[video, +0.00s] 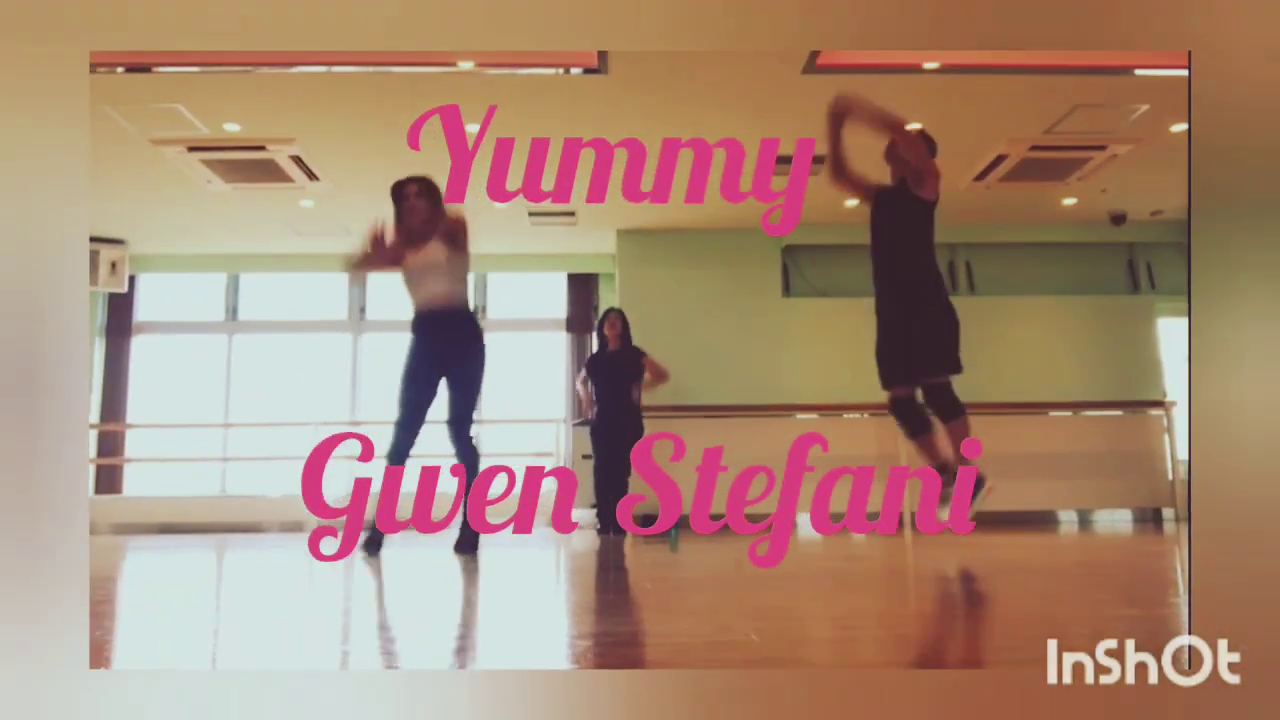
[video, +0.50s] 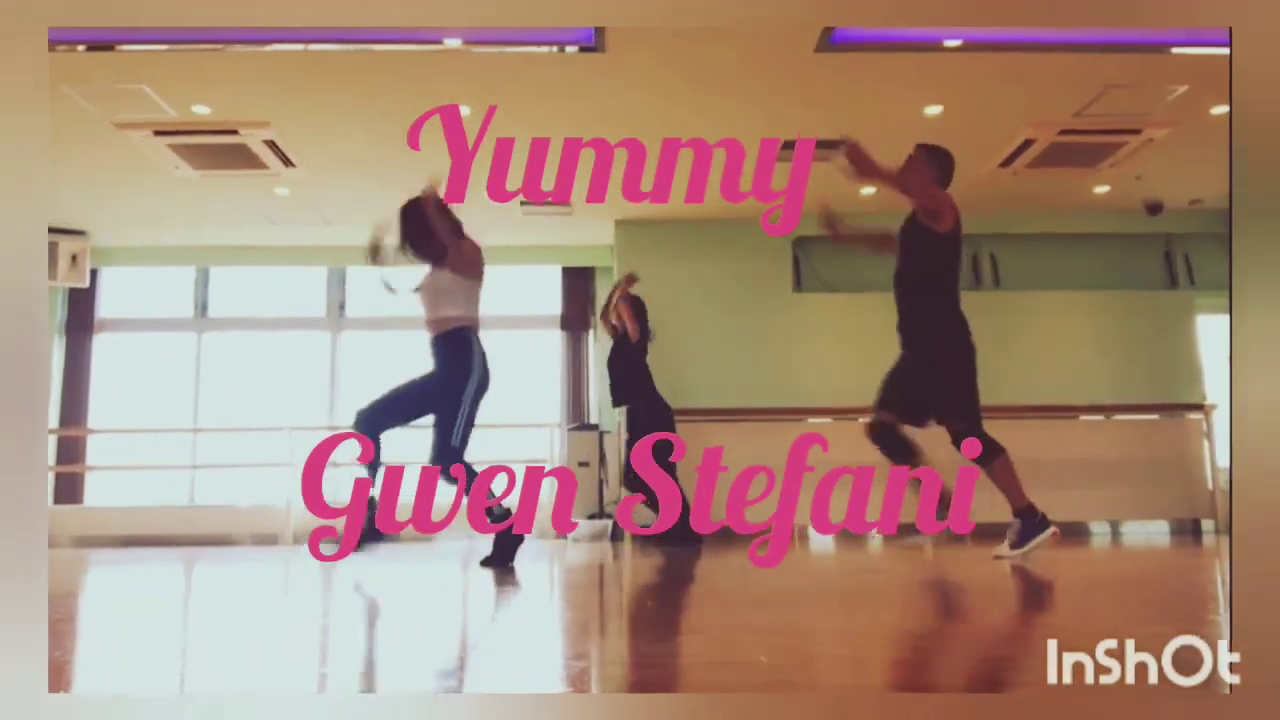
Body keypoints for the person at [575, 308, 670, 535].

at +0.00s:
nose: (614, 326)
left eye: (618, 323)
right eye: (610, 323)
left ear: (625, 327)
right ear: (602, 328)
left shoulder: (635, 354)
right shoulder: (595, 359)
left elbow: (661, 375)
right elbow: (580, 382)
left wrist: (642, 388)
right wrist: (588, 403)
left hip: (628, 418)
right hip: (603, 418)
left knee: (621, 472)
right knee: (603, 471)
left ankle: (619, 522)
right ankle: (604, 524)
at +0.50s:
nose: (617, 314)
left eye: (623, 309)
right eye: (616, 310)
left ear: (632, 314)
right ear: (617, 317)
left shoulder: (634, 339)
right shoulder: (621, 339)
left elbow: (622, 311)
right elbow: (606, 317)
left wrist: (623, 292)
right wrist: (618, 290)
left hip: (653, 413)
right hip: (639, 412)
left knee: (656, 473)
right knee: (634, 475)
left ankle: (683, 526)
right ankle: (671, 522)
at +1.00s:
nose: (576, 317)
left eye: (584, 315)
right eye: (575, 312)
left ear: (593, 325)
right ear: (569, 316)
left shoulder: (590, 351)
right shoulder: (553, 350)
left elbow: (609, 388)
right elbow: (556, 391)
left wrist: (619, 419)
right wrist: (552, 423)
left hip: (579, 437)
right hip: (553, 437)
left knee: (615, 494)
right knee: (517, 488)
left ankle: (668, 542)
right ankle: (517, 555)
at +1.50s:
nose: (520, 313)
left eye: (522, 307)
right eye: (512, 310)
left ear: (531, 313)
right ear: (503, 320)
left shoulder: (549, 346)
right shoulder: (503, 350)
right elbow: (467, 356)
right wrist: (430, 348)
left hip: (534, 430)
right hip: (510, 428)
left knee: (537, 497)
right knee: (510, 493)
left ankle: (493, 535)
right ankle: (486, 550)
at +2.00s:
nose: (564, 316)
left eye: (566, 310)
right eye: (557, 315)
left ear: (575, 314)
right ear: (551, 325)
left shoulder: (596, 344)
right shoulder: (559, 356)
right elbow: (579, 376)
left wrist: (595, 330)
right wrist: (594, 343)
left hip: (606, 425)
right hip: (578, 427)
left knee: (627, 483)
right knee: (552, 484)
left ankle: (639, 542)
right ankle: (514, 533)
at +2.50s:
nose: (599, 310)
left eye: (605, 307)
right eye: (596, 305)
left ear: (614, 313)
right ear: (588, 310)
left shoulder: (619, 342)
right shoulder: (576, 343)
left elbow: (625, 362)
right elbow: (566, 375)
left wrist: (621, 364)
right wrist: (557, 395)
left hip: (615, 417)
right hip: (585, 417)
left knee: (631, 476)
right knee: (571, 474)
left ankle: (641, 534)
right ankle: (554, 530)